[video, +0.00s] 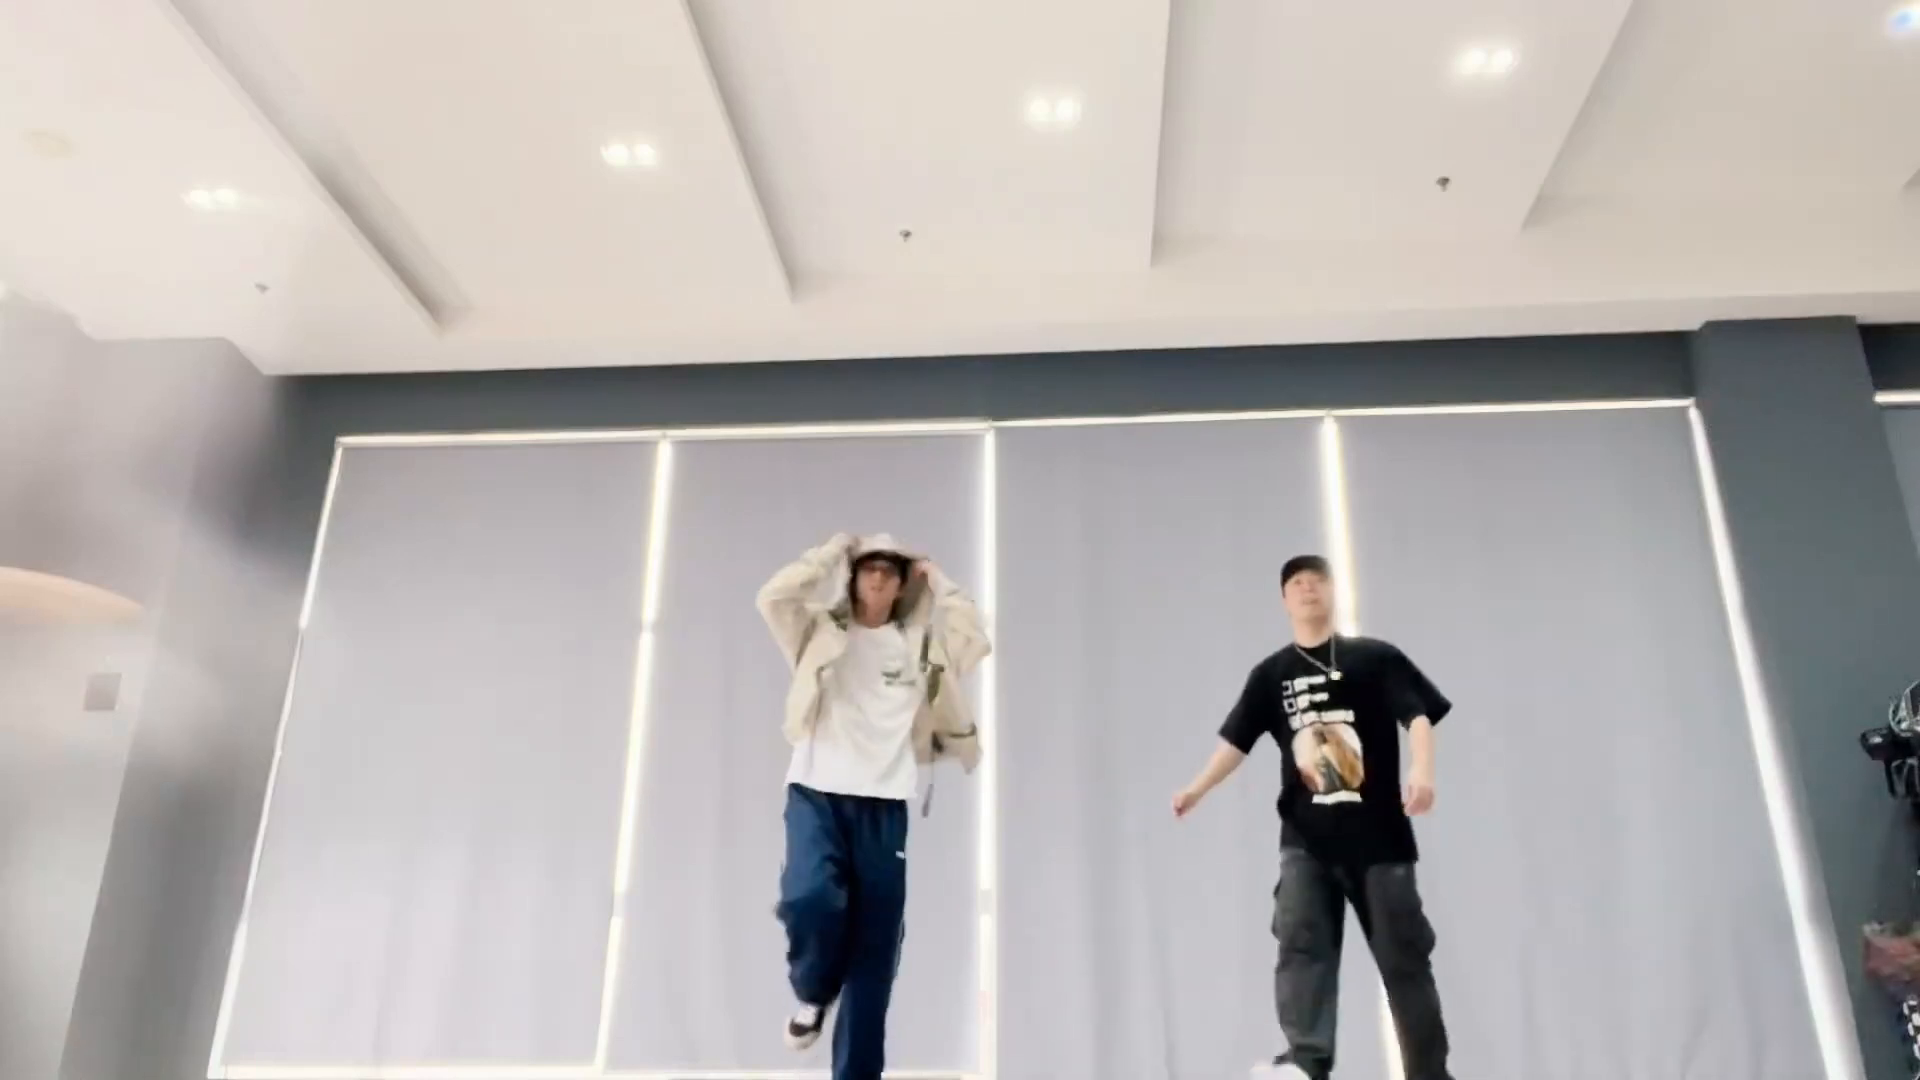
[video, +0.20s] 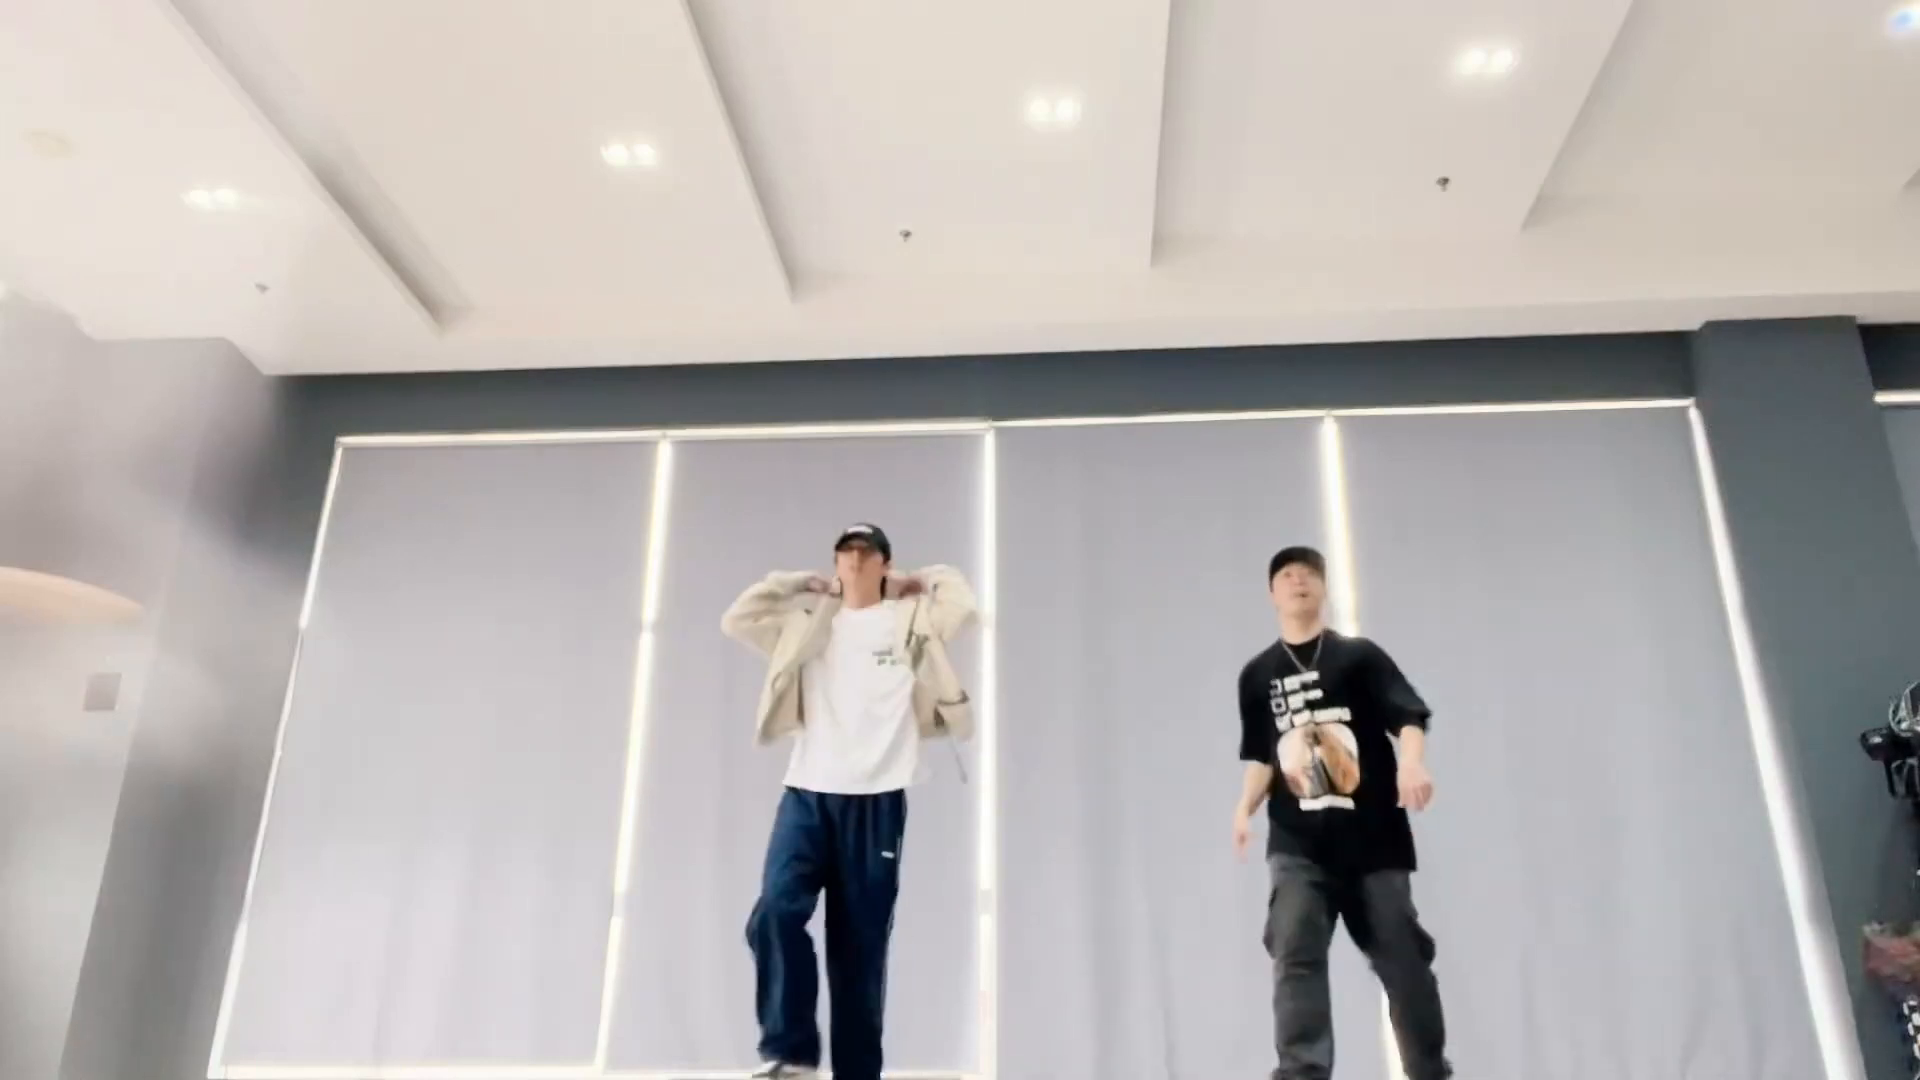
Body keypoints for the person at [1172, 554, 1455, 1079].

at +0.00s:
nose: (1309, 589)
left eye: (1317, 580)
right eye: (1297, 584)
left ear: (1333, 592)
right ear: (1285, 601)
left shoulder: (1376, 658)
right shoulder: (1270, 675)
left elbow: (1418, 717)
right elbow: (1236, 741)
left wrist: (1421, 774)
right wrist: (1197, 788)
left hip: (1378, 833)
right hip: (1308, 838)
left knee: (1402, 953)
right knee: (1300, 943)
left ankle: (1429, 1072)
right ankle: (1306, 1061)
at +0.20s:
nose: (1299, 582)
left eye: (1309, 574)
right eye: (1287, 576)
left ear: (1325, 590)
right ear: (1272, 595)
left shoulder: (1361, 657)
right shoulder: (1258, 676)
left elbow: (1409, 717)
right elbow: (1262, 756)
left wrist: (1411, 765)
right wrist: (1244, 808)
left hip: (1371, 837)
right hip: (1298, 842)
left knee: (1399, 947)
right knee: (1294, 944)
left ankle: (1428, 1070)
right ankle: (1301, 1071)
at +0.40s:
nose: (1301, 549)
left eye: (1310, 542)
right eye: (1290, 542)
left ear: (1322, 559)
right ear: (1267, 559)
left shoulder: (1349, 640)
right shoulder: (1238, 638)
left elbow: (1370, 729)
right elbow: (1226, 724)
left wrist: (1381, 764)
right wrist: (1241, 795)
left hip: (1361, 813)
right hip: (1288, 821)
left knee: (1418, 900)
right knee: (1274, 929)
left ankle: (1374, 1031)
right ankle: (1301, 1072)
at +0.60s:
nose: (1312, 530)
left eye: (1319, 524)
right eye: (1299, 523)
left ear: (1328, 541)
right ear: (1273, 541)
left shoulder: (1348, 630)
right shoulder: (1244, 612)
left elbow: (1347, 709)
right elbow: (1223, 700)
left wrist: (1367, 738)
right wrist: (1243, 780)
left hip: (1344, 798)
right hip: (1276, 803)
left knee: (1356, 924)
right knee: (1284, 944)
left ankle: (1388, 1056)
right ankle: (1292, 1074)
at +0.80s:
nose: (1311, 503)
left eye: (1320, 496)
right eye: (1298, 495)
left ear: (1330, 513)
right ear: (1276, 514)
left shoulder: (1364, 600)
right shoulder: (1242, 594)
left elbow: (1407, 681)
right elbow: (1222, 674)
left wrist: (1390, 723)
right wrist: (1246, 743)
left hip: (1355, 781)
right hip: (1275, 783)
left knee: (1365, 913)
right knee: (1278, 919)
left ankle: (1371, 1062)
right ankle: (1287, 1064)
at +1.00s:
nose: (1309, 481)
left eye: (1318, 475)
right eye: (1296, 473)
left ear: (1331, 493)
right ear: (1273, 493)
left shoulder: (1371, 571)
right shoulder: (1246, 580)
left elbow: (1421, 653)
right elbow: (1227, 670)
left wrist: (1457, 611)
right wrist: (1204, 641)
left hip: (1367, 762)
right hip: (1277, 759)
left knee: (1389, 901)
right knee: (1248, 853)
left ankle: (1376, 1064)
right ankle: (1315, 956)